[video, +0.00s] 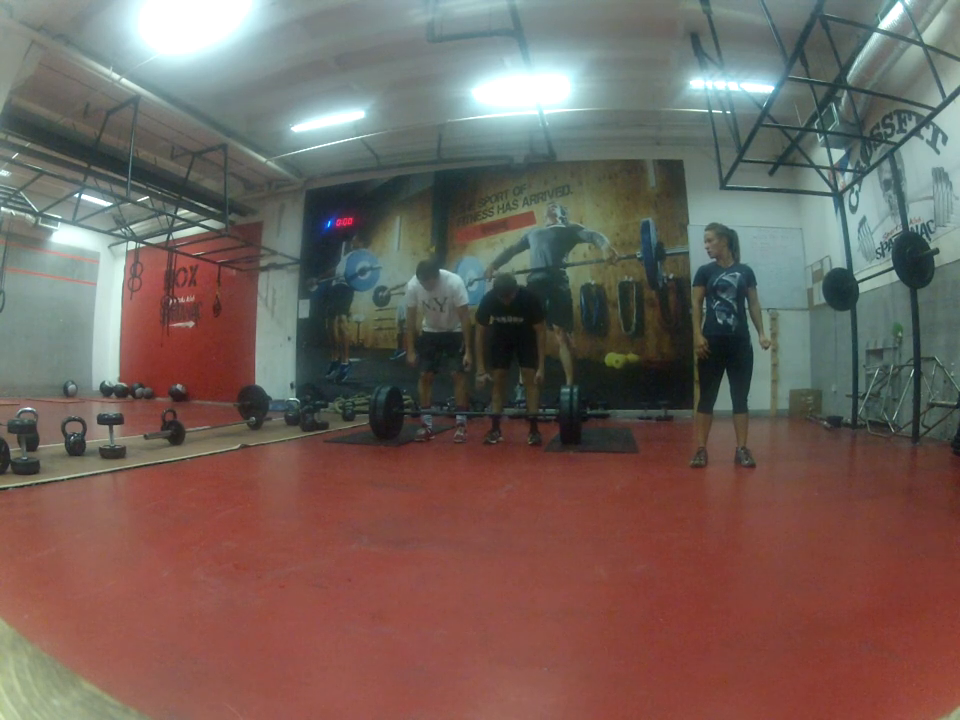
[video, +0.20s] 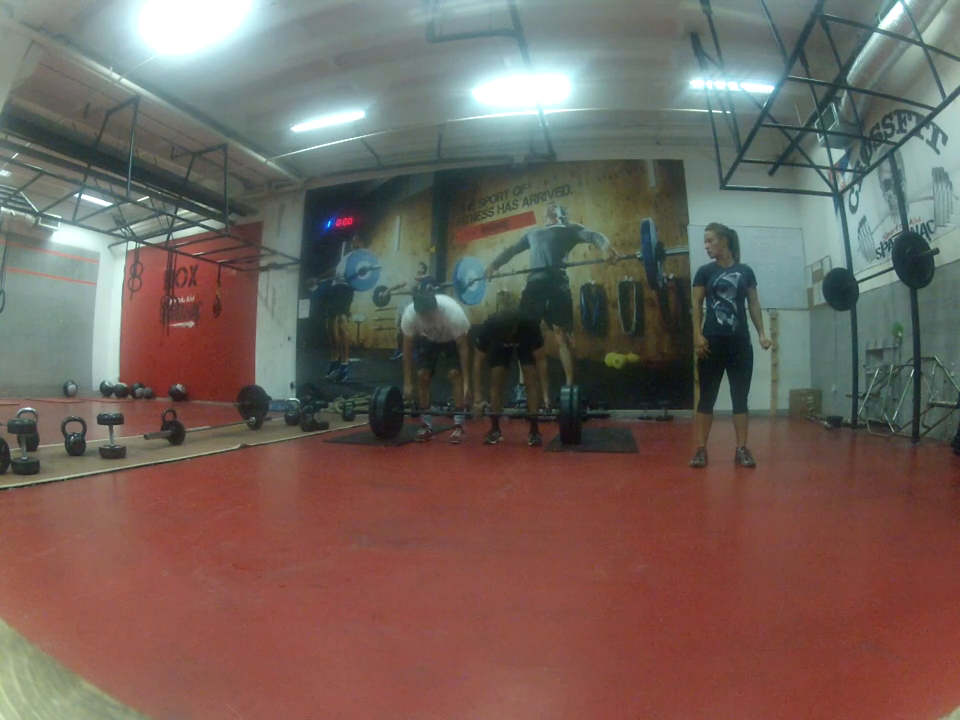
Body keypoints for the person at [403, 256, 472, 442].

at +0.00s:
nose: (428, 287)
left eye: (431, 283)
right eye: (424, 283)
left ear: (437, 276)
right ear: (419, 278)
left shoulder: (454, 282)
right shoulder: (413, 286)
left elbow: (465, 318)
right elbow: (410, 320)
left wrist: (467, 351)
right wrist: (410, 350)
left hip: (454, 332)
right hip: (429, 332)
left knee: (458, 375)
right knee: (425, 376)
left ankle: (461, 424)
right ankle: (426, 425)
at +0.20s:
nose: (427, 318)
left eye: (429, 314)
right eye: (423, 315)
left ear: (435, 308)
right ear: (417, 310)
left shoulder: (452, 312)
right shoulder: (410, 315)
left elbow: (463, 346)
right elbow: (407, 349)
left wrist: (467, 384)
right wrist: (407, 383)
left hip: (452, 340)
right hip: (427, 341)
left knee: (454, 374)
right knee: (422, 376)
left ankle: (459, 426)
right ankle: (426, 426)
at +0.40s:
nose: (430, 346)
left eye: (432, 343)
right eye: (427, 345)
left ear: (438, 336)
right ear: (420, 340)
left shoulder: (454, 336)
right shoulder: (411, 338)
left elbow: (463, 368)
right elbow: (407, 371)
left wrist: (465, 400)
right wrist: (407, 401)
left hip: (452, 350)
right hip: (427, 351)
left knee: (453, 375)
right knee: (421, 376)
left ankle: (458, 425)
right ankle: (426, 424)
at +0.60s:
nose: (431, 334)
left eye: (434, 331)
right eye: (428, 332)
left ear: (439, 326)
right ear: (421, 328)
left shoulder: (454, 329)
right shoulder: (412, 332)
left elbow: (461, 365)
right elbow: (409, 368)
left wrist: (466, 397)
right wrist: (408, 400)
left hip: (449, 348)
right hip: (426, 349)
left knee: (451, 375)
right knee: (421, 376)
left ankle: (458, 425)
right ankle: (426, 424)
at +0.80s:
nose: (429, 299)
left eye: (432, 295)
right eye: (425, 295)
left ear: (438, 291)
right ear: (420, 292)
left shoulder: (453, 303)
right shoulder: (412, 305)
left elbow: (460, 339)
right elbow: (409, 341)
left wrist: (466, 372)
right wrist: (407, 373)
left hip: (450, 336)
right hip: (426, 337)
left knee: (456, 376)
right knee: (423, 376)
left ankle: (458, 426)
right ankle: (427, 425)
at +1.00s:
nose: (430, 251)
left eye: (434, 247)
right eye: (427, 247)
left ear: (441, 246)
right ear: (423, 247)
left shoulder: (456, 269)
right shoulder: (415, 270)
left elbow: (461, 304)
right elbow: (410, 306)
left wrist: (463, 335)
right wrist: (406, 336)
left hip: (451, 330)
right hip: (425, 329)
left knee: (456, 376)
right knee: (425, 377)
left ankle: (459, 425)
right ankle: (427, 425)